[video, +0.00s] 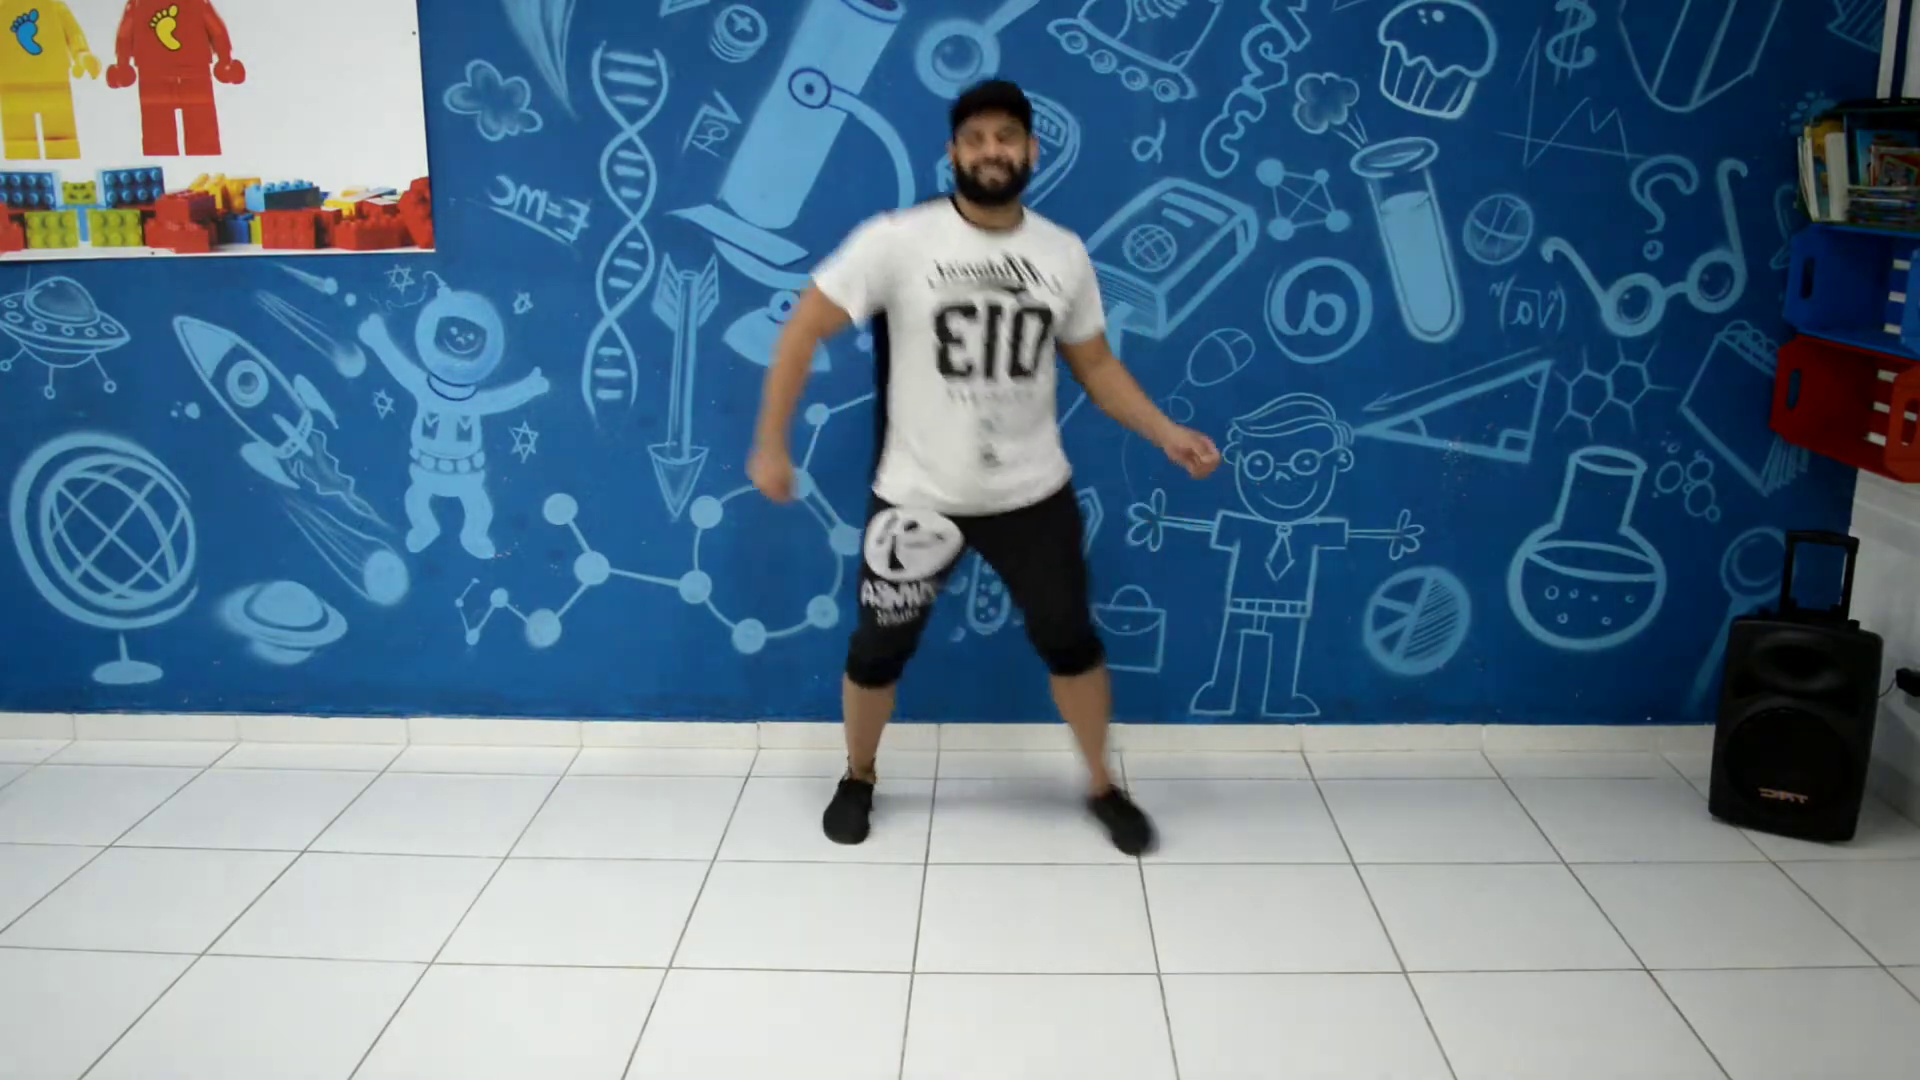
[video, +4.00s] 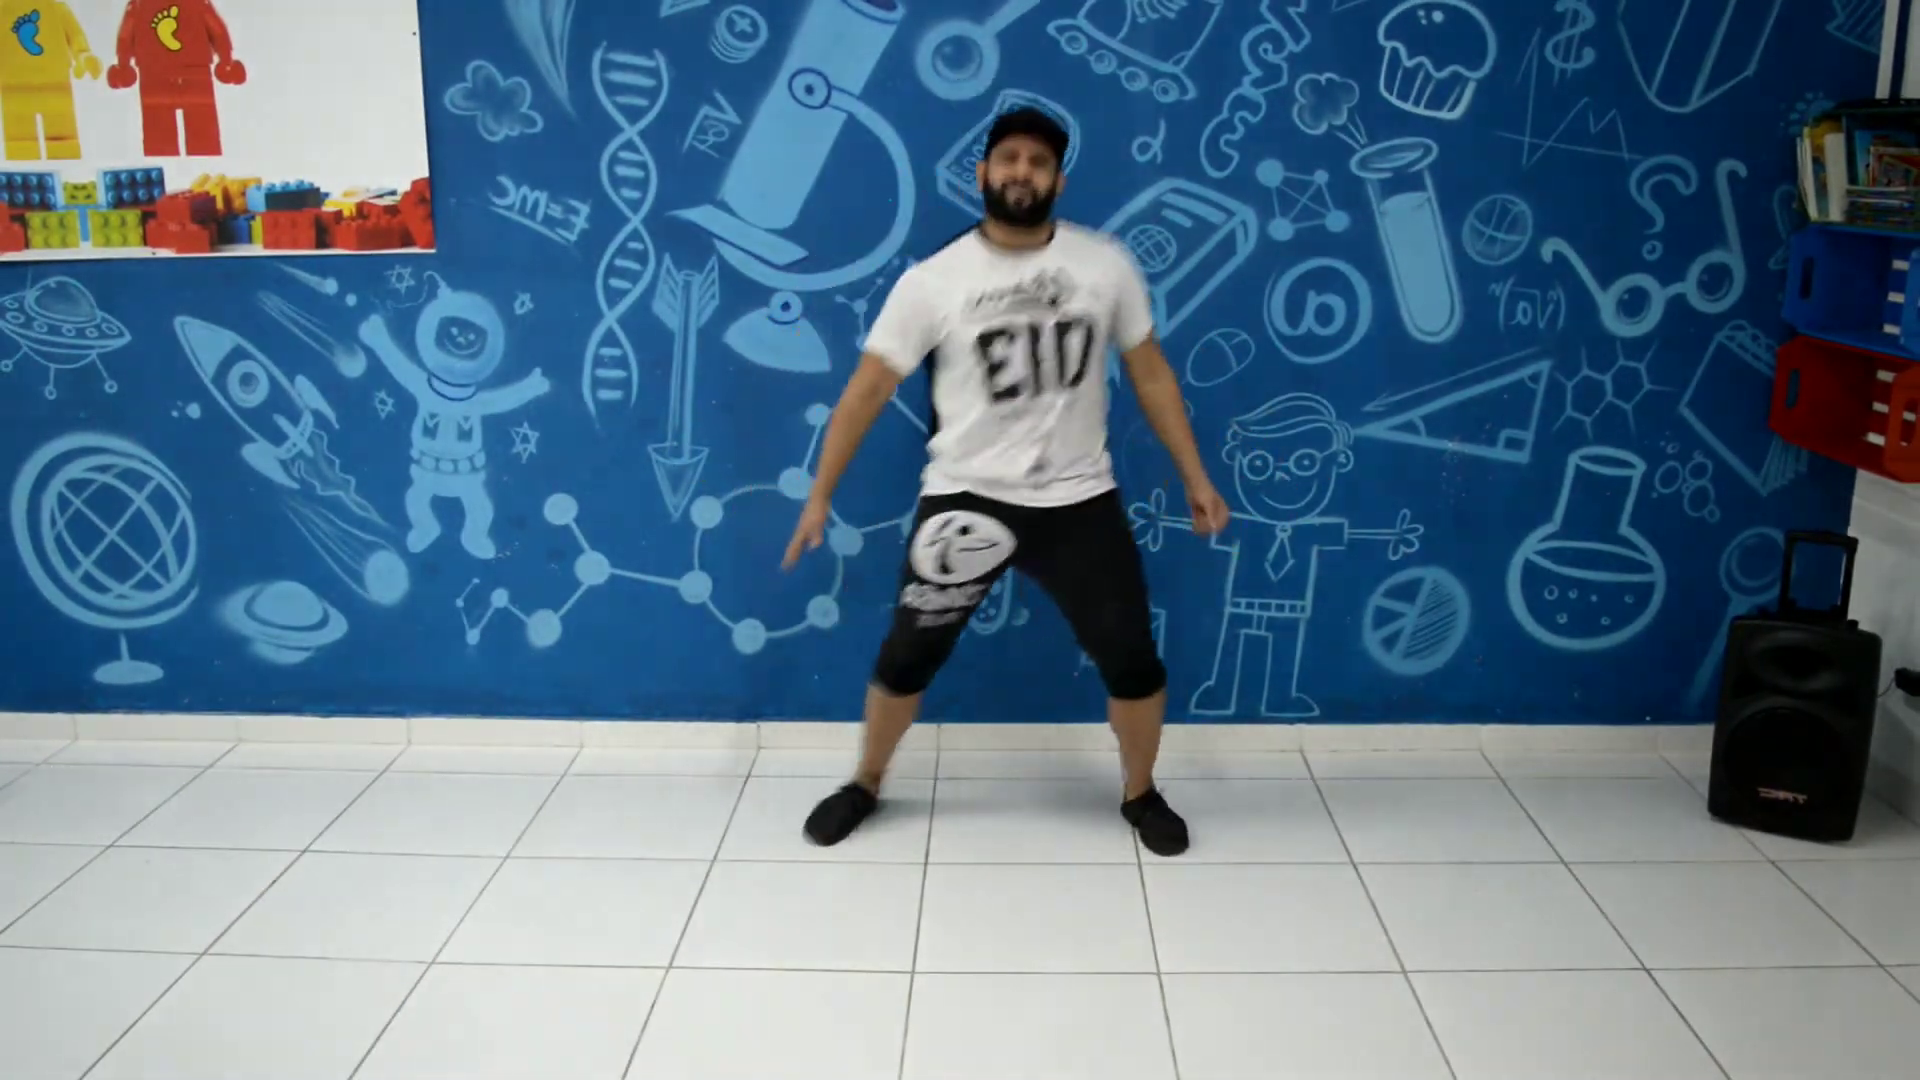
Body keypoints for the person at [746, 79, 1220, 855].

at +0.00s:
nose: (993, 151)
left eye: (1009, 137)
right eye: (976, 138)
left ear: (1031, 153)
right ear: (953, 151)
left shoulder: (1062, 256)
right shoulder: (893, 243)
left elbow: (1096, 363)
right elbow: (803, 328)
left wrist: (1167, 432)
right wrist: (770, 443)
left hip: (1031, 491)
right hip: (918, 491)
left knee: (1072, 641)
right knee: (879, 647)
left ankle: (1104, 787)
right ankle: (858, 777)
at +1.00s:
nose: (1057, 143)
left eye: (1072, 131)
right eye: (1042, 131)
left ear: (1095, 147)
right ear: (1020, 148)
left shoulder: (1146, 241)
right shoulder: (973, 254)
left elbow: (1171, 356)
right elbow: (960, 380)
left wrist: (1141, 401)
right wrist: (1023, 418)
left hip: (1123, 489)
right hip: (1017, 490)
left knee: (1145, 654)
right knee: (1005, 658)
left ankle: (1146, 788)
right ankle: (1090, 724)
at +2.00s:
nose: (946, 161)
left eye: (963, 148)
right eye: (931, 146)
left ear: (986, 159)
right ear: (909, 153)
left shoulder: (1035, 247)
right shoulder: (852, 255)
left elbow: (1110, 349)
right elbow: (776, 351)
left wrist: (1173, 443)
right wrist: (701, 441)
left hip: (991, 497)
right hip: (880, 492)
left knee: (1013, 667)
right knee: (857, 655)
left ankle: (954, 744)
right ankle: (852, 787)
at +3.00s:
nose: (1021, 176)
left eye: (1033, 161)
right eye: (1002, 168)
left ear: (1057, 170)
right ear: (983, 189)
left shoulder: (1117, 272)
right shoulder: (946, 267)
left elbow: (1186, 367)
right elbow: (879, 366)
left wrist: (1253, 459)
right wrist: (814, 467)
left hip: (1090, 500)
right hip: (975, 501)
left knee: (1141, 657)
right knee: (902, 653)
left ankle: (1156, 793)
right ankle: (862, 784)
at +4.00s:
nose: (1021, 172)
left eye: (1038, 162)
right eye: (1008, 159)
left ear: (1059, 181)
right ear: (982, 171)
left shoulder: (1105, 267)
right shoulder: (932, 284)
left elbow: (1151, 372)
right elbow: (869, 387)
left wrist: (1195, 474)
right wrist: (818, 493)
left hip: (1080, 495)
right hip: (967, 494)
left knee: (1133, 660)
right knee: (909, 652)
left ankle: (1141, 793)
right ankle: (864, 784)